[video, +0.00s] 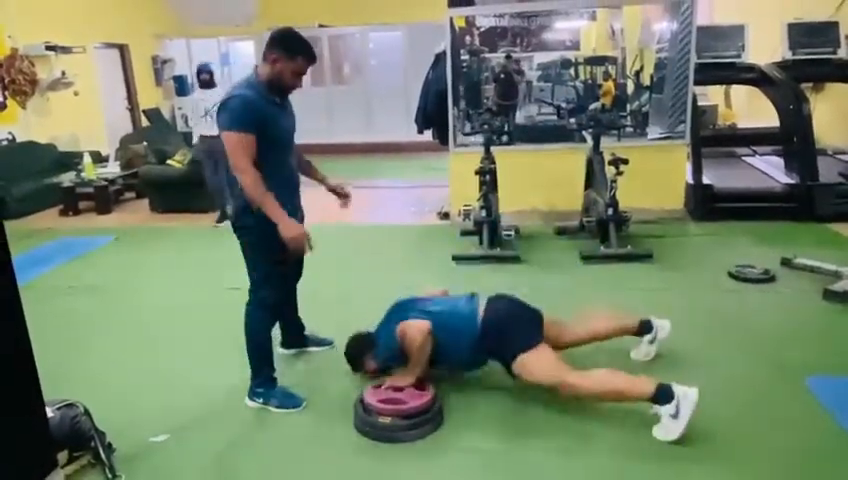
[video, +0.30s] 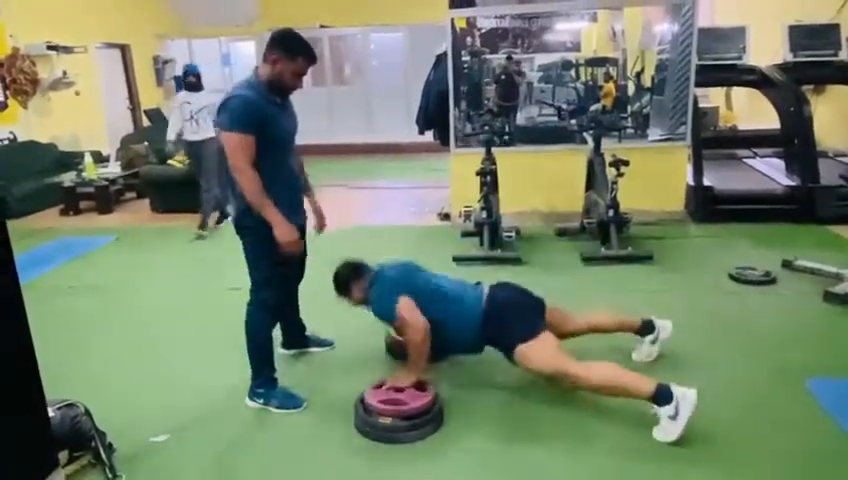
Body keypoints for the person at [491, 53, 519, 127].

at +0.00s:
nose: (507, 63)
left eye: (509, 61)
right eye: (506, 61)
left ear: (512, 61)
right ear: (504, 61)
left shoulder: (516, 72)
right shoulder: (500, 72)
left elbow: (519, 81)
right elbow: (495, 80)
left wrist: (511, 72)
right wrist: (500, 71)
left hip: (512, 101)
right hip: (501, 101)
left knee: (511, 120)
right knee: (501, 119)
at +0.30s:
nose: (508, 64)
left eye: (510, 62)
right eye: (507, 62)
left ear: (512, 63)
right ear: (505, 62)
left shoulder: (517, 73)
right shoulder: (501, 73)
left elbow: (519, 82)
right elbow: (495, 81)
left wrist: (511, 73)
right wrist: (501, 71)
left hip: (513, 102)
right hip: (501, 102)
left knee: (512, 122)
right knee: (502, 121)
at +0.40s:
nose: (509, 64)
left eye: (510, 62)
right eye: (507, 62)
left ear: (513, 62)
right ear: (505, 62)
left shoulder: (518, 73)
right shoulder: (501, 74)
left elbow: (520, 82)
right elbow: (495, 83)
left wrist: (512, 73)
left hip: (513, 103)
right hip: (502, 103)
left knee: (512, 122)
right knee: (502, 122)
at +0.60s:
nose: (510, 63)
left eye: (512, 61)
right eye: (508, 60)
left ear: (514, 61)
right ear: (506, 60)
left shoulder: (518, 70)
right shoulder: (502, 70)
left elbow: (520, 80)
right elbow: (496, 79)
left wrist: (513, 71)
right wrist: (502, 70)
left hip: (514, 100)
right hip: (502, 100)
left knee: (513, 122)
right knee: (502, 121)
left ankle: (514, 138)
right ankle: (501, 137)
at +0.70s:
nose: (510, 62)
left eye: (512, 60)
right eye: (509, 60)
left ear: (515, 60)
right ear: (507, 60)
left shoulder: (518, 69)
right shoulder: (503, 70)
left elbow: (521, 79)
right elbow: (497, 79)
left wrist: (514, 70)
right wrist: (502, 69)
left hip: (515, 100)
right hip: (503, 99)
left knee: (514, 121)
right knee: (503, 120)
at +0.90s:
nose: (512, 60)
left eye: (513, 58)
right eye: (510, 58)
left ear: (516, 59)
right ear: (508, 58)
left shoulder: (519, 68)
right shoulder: (504, 69)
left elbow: (522, 78)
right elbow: (498, 78)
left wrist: (515, 69)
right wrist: (505, 68)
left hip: (516, 99)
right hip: (505, 98)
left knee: (515, 117)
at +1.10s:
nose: (512, 59)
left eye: (514, 57)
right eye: (511, 57)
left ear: (516, 57)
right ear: (509, 57)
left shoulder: (520, 67)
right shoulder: (504, 68)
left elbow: (522, 76)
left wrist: (515, 67)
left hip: (517, 97)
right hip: (505, 97)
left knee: (515, 117)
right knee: (505, 116)